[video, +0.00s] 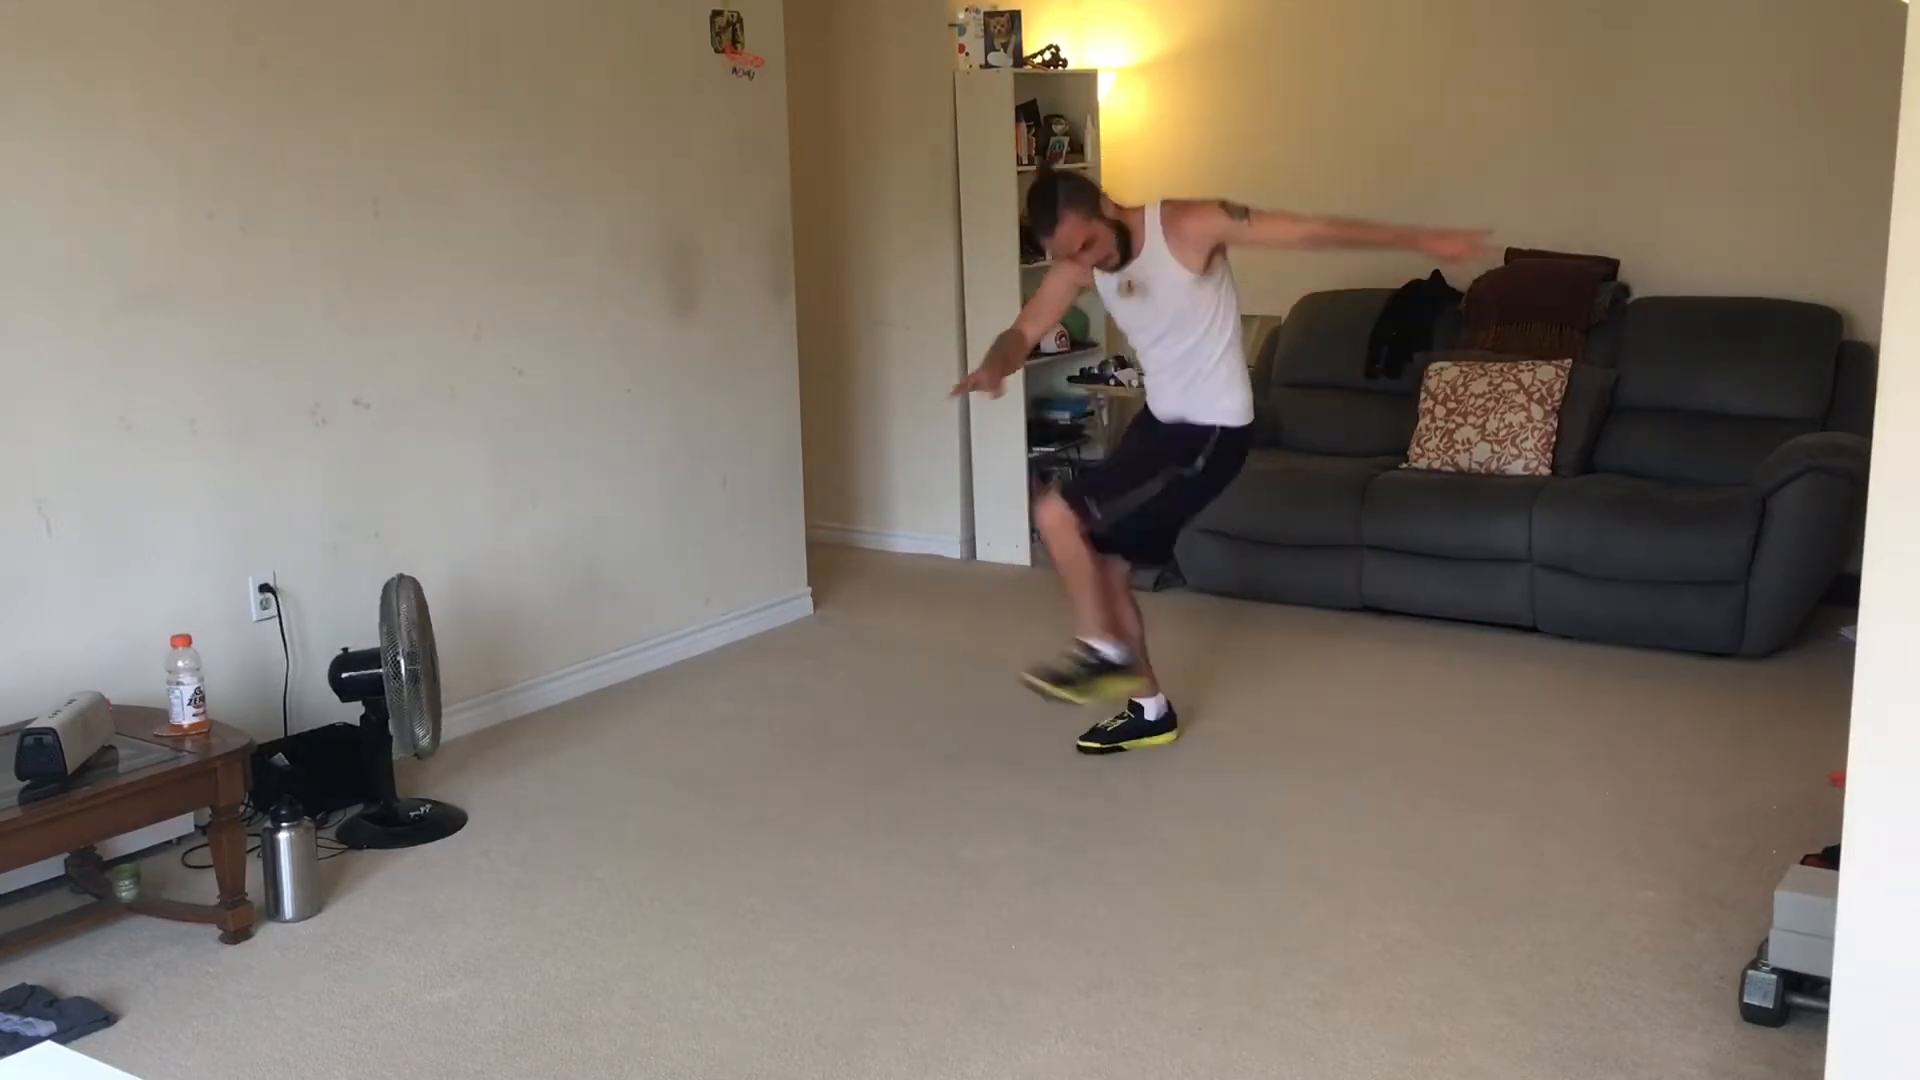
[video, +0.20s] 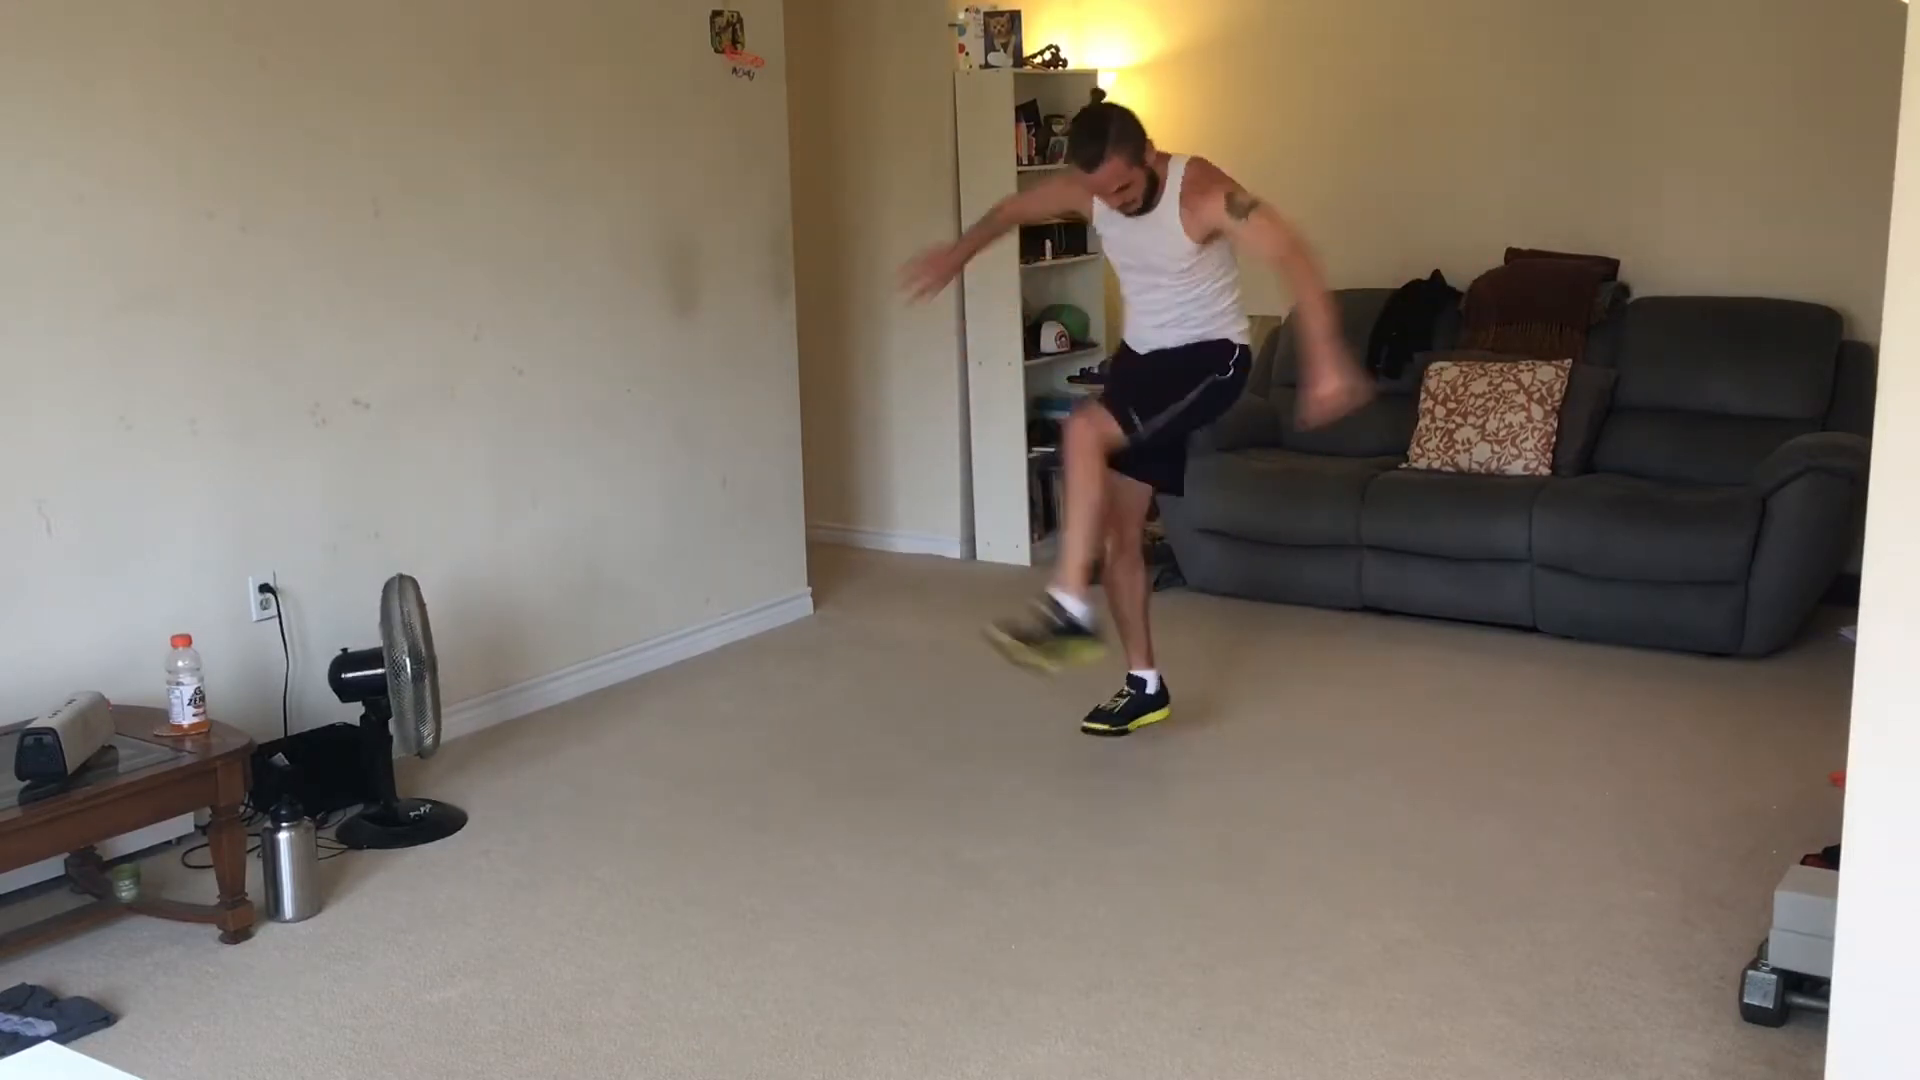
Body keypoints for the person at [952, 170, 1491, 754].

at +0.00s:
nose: (1088, 263)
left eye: (1088, 246)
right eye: (1073, 257)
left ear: (1107, 209)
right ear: (1060, 245)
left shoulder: (1188, 225)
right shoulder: (1081, 263)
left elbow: (1311, 232)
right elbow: (1026, 331)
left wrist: (1425, 241)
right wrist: (992, 369)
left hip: (1215, 427)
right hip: (1160, 422)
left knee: (1060, 512)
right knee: (1102, 561)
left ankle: (1101, 649)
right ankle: (1149, 705)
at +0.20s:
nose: (1114, 202)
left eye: (1122, 187)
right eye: (1100, 193)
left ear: (1147, 154)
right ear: (1086, 176)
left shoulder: (1204, 191)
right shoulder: (1086, 191)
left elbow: (1294, 253)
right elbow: (1009, 211)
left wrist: (1324, 358)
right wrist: (955, 254)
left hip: (1211, 354)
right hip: (1143, 358)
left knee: (1086, 429)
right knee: (1120, 523)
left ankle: (1072, 605)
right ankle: (1145, 682)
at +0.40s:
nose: (1147, 194)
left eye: (1162, 182)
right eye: (1139, 178)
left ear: (1197, 169)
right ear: (1129, 164)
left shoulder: (1222, 235)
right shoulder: (1126, 206)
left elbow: (1167, 322)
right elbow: (1135, 299)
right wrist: (1076, 317)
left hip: (1175, 440)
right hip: (1100, 424)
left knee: (1161, 609)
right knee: (1075, 585)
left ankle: (1199, 739)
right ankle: (1090, 733)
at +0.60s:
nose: (1083, 160)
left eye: (1097, 146)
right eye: (1074, 145)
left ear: (1134, 129)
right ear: (1068, 130)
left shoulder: (1174, 184)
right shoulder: (1087, 180)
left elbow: (1178, 294)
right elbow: (1092, 270)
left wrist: (1070, 264)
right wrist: (1057, 335)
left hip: (1162, 385)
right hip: (1095, 367)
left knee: (1140, 568)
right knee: (958, 332)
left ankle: (1188, 710)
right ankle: (1057, 456)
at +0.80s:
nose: (1050, 193)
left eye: (1060, 178)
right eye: (1042, 179)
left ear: (1101, 160)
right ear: (1041, 167)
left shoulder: (1155, 226)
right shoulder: (1065, 223)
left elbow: (1236, 324)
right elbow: (1056, 308)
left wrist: (1195, 426)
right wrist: (1010, 394)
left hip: (1127, 429)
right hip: (1062, 412)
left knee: (1083, 600)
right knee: (919, 435)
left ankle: (1126, 762)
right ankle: (934, 600)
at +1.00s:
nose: (1017, 182)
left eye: (1026, 166)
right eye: (1008, 169)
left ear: (1067, 149)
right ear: (1004, 160)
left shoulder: (1125, 210)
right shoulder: (1029, 218)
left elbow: (1219, 287)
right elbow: (1028, 299)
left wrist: (1182, 384)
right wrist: (979, 377)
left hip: (1117, 410)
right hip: (1056, 411)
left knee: (1020, 535)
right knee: (1013, 584)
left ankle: (1062, 678)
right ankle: (1079, 734)